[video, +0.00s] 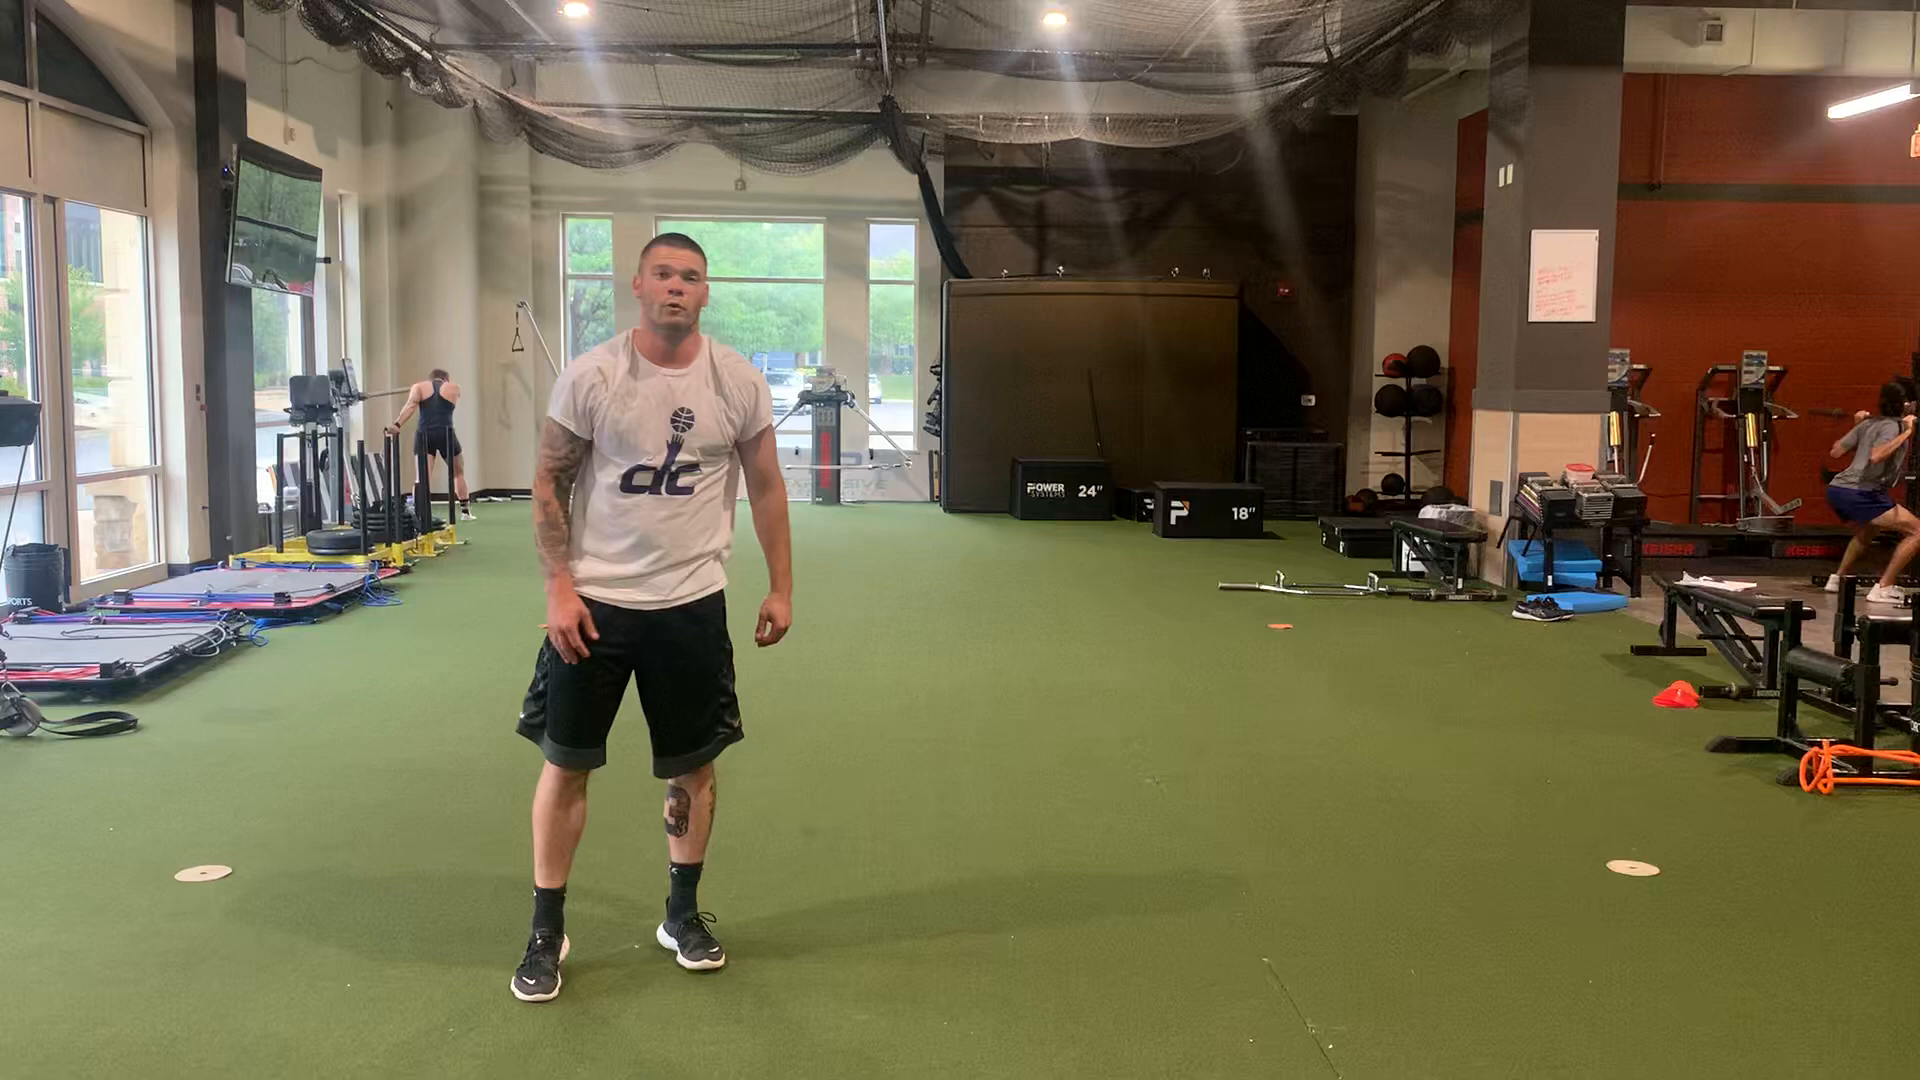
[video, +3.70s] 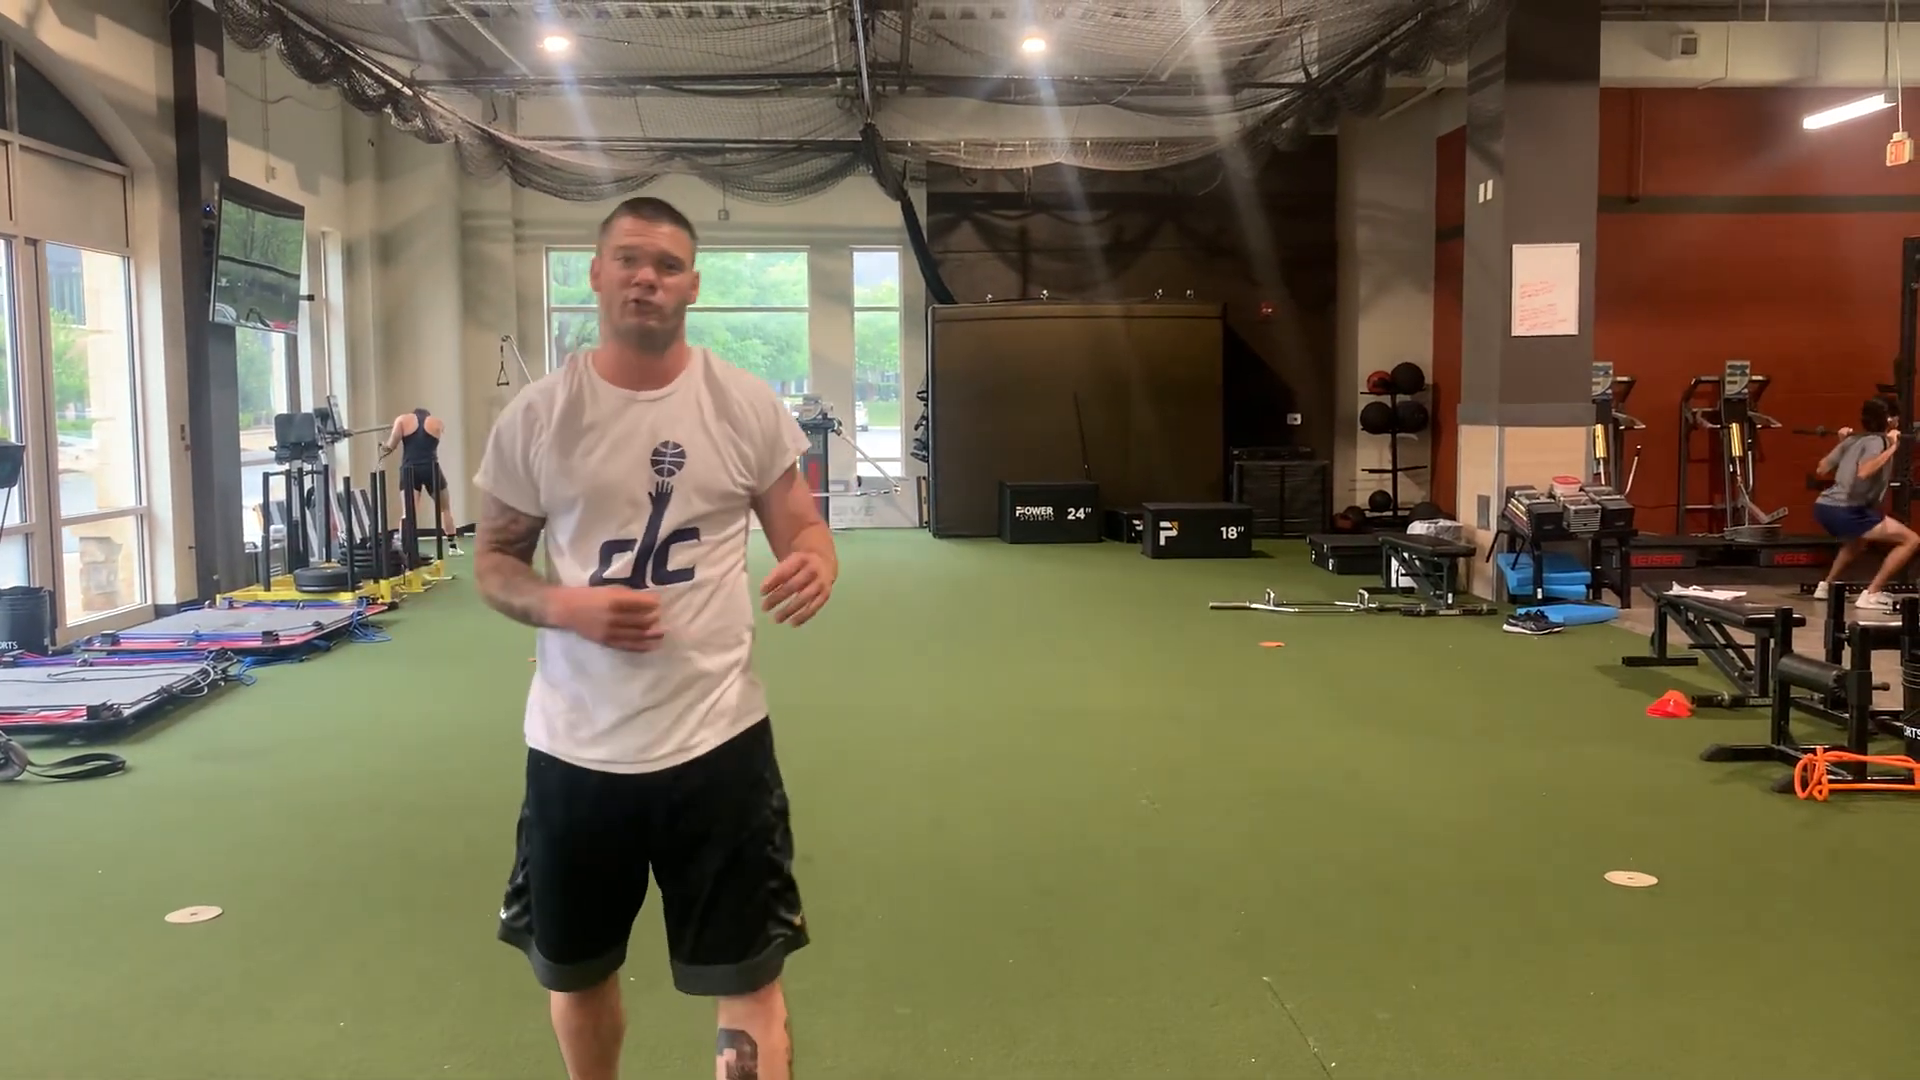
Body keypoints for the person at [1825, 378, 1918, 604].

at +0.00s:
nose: (1914, 407)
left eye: (1913, 402)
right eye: (1912, 402)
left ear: (1885, 402)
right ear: (1903, 404)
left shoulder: (1867, 424)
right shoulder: (1894, 427)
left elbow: (1836, 451)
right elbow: (1876, 456)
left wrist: (1858, 424)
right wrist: (1906, 433)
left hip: (1837, 490)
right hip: (1862, 496)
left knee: (1870, 528)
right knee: (1916, 530)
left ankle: (1838, 578)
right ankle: (1884, 587)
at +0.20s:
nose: (1913, 378)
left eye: (1913, 374)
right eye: (1911, 374)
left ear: (1883, 374)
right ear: (1902, 375)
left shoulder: (1866, 397)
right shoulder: (1891, 398)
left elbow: (1836, 424)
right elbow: (1876, 427)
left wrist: (1856, 397)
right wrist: (1906, 403)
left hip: (1839, 467)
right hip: (1860, 472)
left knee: (1858, 522)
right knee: (1900, 525)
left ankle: (1834, 578)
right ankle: (1881, 587)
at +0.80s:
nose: (1892, 413)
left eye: (1892, 409)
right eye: (1890, 409)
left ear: (1862, 409)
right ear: (1883, 412)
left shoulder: (1847, 432)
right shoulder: (1873, 433)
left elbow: (1816, 459)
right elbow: (1858, 459)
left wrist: (1836, 432)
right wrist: (1889, 437)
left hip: (1819, 500)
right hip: (1843, 504)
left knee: (1855, 533)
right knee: (1904, 532)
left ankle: (1820, 578)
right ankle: (1867, 587)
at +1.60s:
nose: (1907, 386)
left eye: (1907, 381)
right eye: (1906, 381)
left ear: (1877, 380)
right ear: (1897, 381)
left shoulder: (1861, 402)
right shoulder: (1888, 404)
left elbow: (1830, 429)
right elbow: (1872, 431)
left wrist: (1850, 403)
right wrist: (1901, 408)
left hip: (1835, 471)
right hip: (1857, 475)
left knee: (1863, 520)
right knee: (1908, 522)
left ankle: (1835, 574)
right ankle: (1882, 582)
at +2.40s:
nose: (1915, 421)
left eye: (1915, 416)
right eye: (1913, 417)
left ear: (1883, 418)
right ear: (1904, 420)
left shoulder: (1867, 439)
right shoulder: (1893, 441)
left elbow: (1836, 468)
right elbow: (1877, 469)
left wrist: (1858, 442)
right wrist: (1908, 446)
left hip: (1837, 506)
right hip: (1862, 509)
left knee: (1877, 528)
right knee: (1918, 527)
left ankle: (1843, 574)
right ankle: (1889, 583)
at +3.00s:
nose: (1907, 391)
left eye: (1906, 386)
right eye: (1904, 386)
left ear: (1877, 387)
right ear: (1896, 388)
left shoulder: (1861, 410)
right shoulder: (1887, 410)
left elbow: (1831, 438)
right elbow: (1873, 439)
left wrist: (1850, 411)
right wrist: (1902, 415)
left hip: (1834, 479)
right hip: (1855, 484)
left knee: (1858, 526)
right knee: (1906, 528)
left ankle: (1832, 581)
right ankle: (1878, 589)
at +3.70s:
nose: (1896, 422)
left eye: (1896, 418)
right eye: (1895, 417)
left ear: (1866, 419)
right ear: (1887, 421)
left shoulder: (1852, 441)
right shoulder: (1877, 442)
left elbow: (1822, 469)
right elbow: (1863, 472)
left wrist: (1841, 443)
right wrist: (1892, 448)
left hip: (1824, 508)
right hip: (1847, 512)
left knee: (1856, 542)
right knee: (1910, 540)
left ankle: (1826, 585)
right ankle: (1872, 593)